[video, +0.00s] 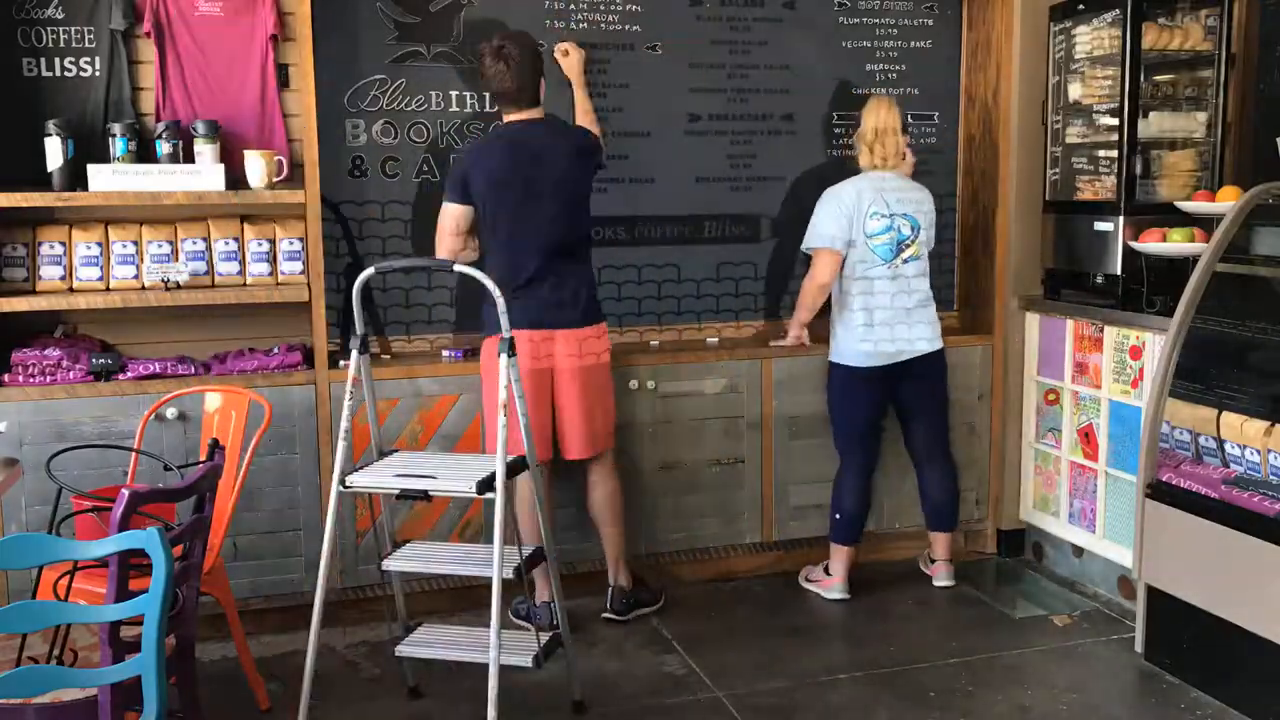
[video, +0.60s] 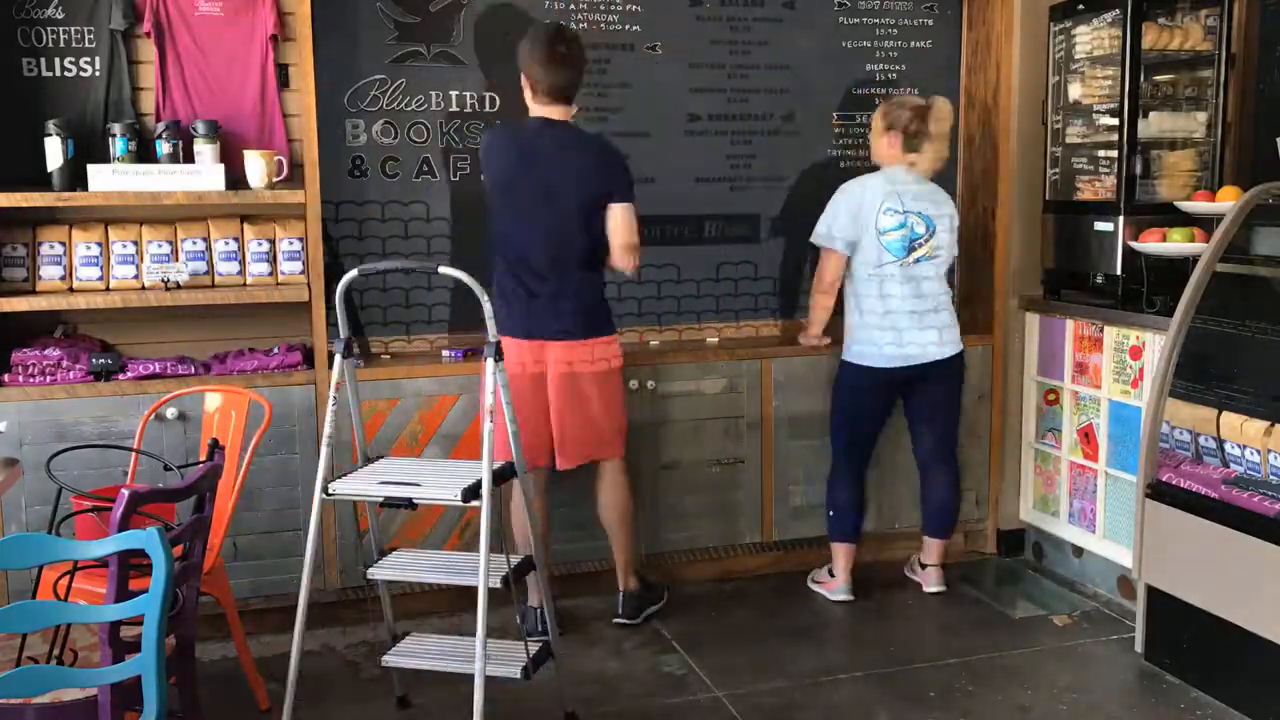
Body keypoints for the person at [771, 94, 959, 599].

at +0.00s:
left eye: (857, 133)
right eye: (904, 135)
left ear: (856, 140)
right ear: (901, 140)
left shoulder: (841, 197)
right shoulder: (922, 197)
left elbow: (823, 275)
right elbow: (918, 249)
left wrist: (799, 321)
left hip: (859, 356)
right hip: (922, 349)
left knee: (855, 462)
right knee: (933, 453)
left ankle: (836, 573)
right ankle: (942, 562)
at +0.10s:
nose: (927, 137)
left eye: (930, 131)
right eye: (933, 130)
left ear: (936, 138)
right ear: (981, 141)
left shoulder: (904, 189)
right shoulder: (1000, 202)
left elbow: (878, 230)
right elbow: (1000, 283)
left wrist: (912, 183)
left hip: (915, 350)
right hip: (979, 354)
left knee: (881, 454)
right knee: (964, 457)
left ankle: (848, 563)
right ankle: (944, 561)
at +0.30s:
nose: (925, 143)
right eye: (923, 135)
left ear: (872, 145)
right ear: (916, 143)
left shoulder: (866, 205)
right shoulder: (945, 196)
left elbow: (866, 291)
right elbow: (935, 221)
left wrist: (856, 330)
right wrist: (923, 178)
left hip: (897, 353)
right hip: (958, 349)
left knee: (899, 462)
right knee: (969, 451)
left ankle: (896, 573)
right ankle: (983, 562)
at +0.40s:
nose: (945, 138)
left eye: (949, 131)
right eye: (949, 131)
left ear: (959, 139)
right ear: (999, 140)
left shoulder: (928, 191)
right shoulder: (1019, 201)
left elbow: (886, 215)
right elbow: (1022, 277)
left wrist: (912, 180)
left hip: (934, 351)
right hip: (998, 352)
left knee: (916, 457)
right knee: (988, 454)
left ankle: (898, 571)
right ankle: (975, 562)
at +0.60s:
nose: (870, 141)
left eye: (874, 133)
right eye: (873, 132)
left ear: (892, 138)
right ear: (918, 142)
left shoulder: (855, 194)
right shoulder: (943, 202)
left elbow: (828, 280)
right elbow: (943, 275)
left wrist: (813, 330)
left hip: (871, 356)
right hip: (939, 352)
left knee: (849, 460)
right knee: (938, 457)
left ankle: (840, 574)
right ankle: (932, 565)